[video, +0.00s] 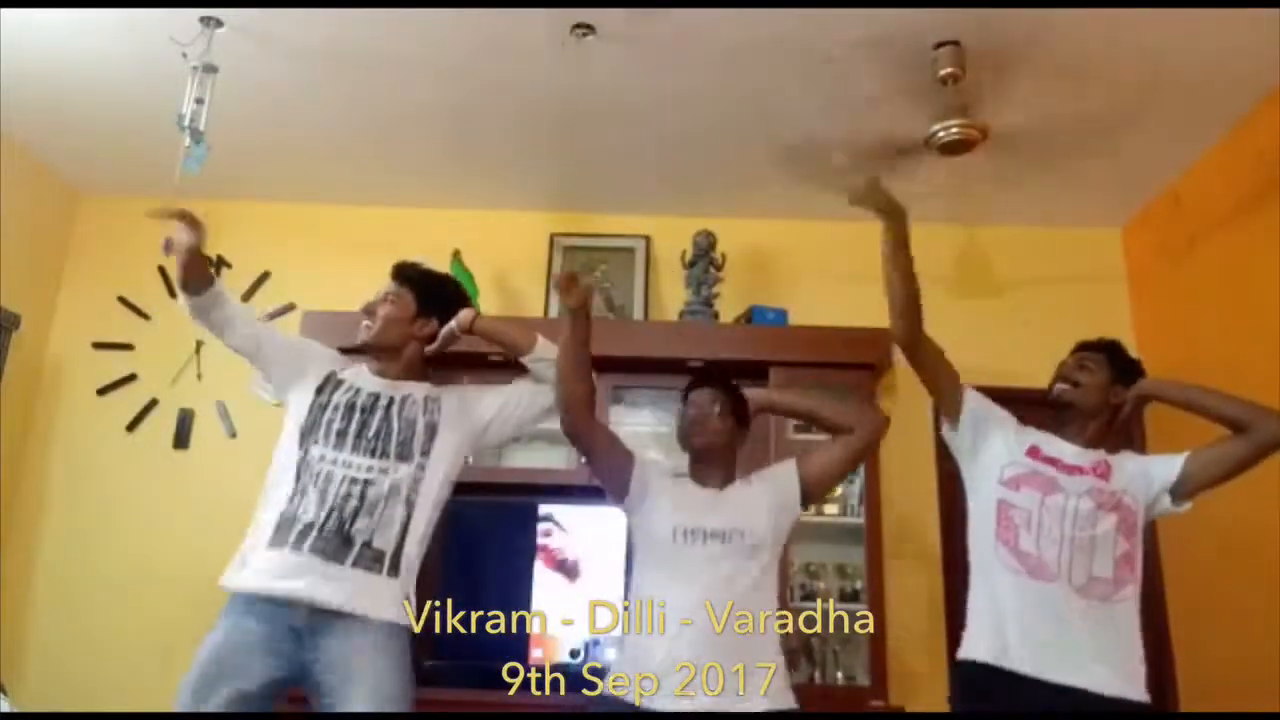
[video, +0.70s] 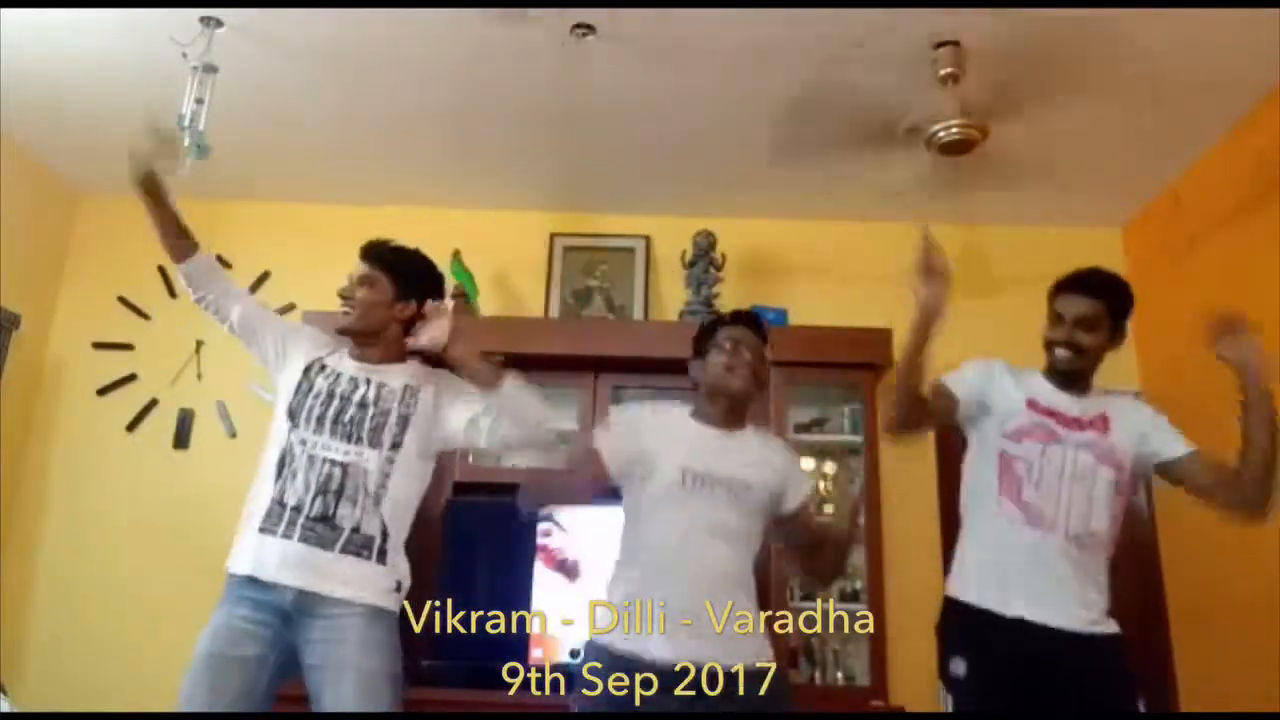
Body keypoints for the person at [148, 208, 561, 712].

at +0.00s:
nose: (369, 306)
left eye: (389, 300)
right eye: (375, 298)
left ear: (427, 331)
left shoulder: (460, 413)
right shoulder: (315, 369)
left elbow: (565, 382)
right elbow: (227, 318)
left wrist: (478, 325)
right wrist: (191, 257)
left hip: (367, 622)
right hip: (260, 604)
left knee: (374, 708)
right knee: (197, 707)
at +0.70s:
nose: (348, 290)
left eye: (366, 282)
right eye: (354, 280)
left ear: (409, 309)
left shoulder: (438, 396)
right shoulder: (302, 349)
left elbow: (546, 433)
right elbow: (215, 291)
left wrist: (458, 357)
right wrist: (153, 194)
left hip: (355, 605)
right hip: (255, 588)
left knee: (359, 703)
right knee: (202, 703)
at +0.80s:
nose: (361, 289)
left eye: (382, 282)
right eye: (359, 277)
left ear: (418, 305)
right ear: (351, 286)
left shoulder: (441, 391)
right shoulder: (307, 348)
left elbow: (476, 518)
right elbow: (206, 308)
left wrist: (422, 458)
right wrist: (96, 239)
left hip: (370, 608)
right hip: (266, 591)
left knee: (375, 705)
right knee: (220, 702)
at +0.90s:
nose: (373, 287)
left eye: (393, 279)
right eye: (367, 275)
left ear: (423, 305)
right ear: (355, 286)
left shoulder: (445, 401)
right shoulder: (306, 350)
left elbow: (446, 537)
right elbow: (220, 341)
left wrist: (399, 553)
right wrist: (145, 335)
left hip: (376, 619)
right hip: (272, 604)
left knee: (400, 704)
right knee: (218, 705)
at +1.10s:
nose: (394, 319)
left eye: (413, 316)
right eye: (385, 309)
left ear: (431, 346)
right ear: (364, 327)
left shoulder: (449, 443)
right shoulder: (301, 408)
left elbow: (450, 583)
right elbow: (197, 525)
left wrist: (356, 627)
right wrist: (284, 623)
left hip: (387, 649)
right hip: (279, 639)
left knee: (427, 706)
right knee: (238, 704)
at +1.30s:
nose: (429, 262)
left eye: (443, 254)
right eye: (414, 249)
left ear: (453, 274)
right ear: (384, 263)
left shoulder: (469, 368)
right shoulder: (327, 337)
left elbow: (470, 494)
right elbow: (266, 469)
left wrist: (549, 501)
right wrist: (320, 490)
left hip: (446, 578)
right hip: (341, 567)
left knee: (502, 705)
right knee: (276, 705)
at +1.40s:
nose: (438, 257)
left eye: (452, 249)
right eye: (422, 244)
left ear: (463, 268)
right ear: (393, 256)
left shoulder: (473, 362)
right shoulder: (336, 326)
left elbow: (470, 482)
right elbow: (280, 430)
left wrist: (539, 513)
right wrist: (268, 493)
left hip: (464, 555)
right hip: (358, 543)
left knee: (534, 698)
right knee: (295, 700)